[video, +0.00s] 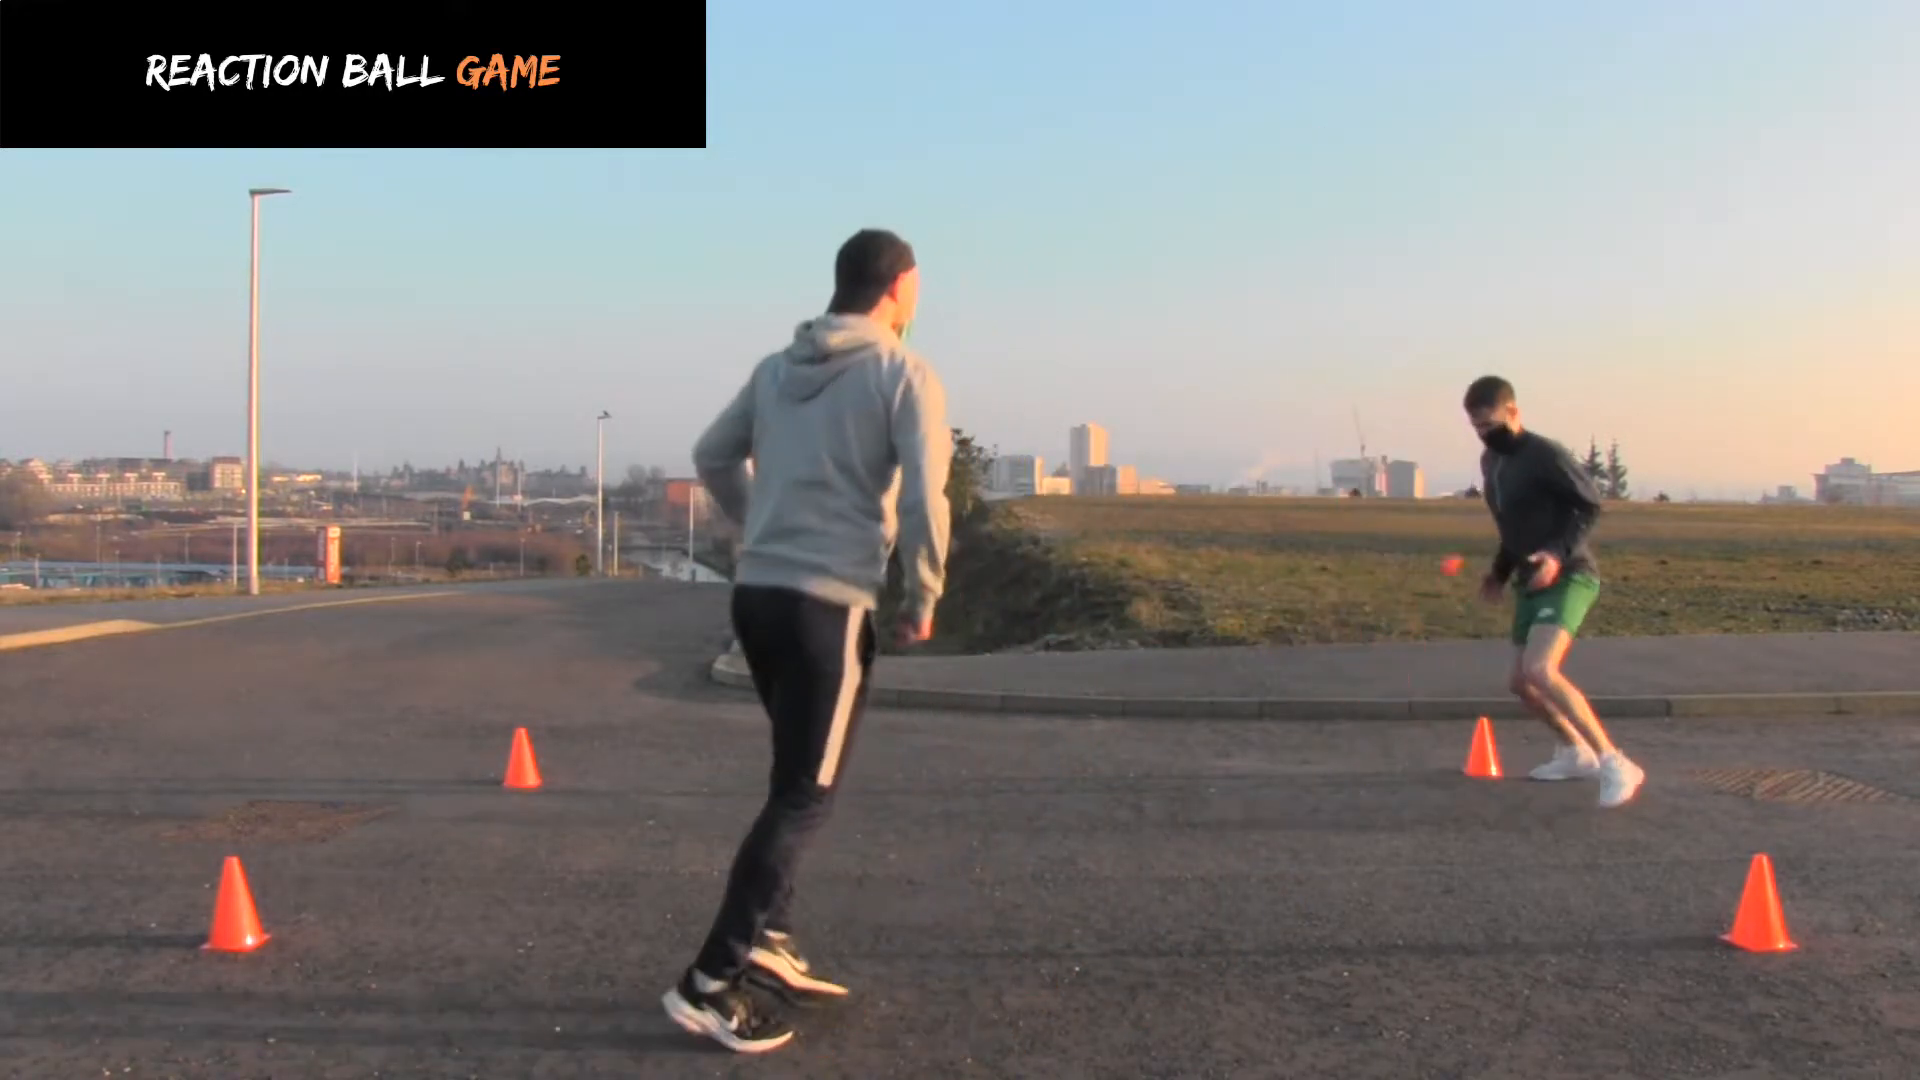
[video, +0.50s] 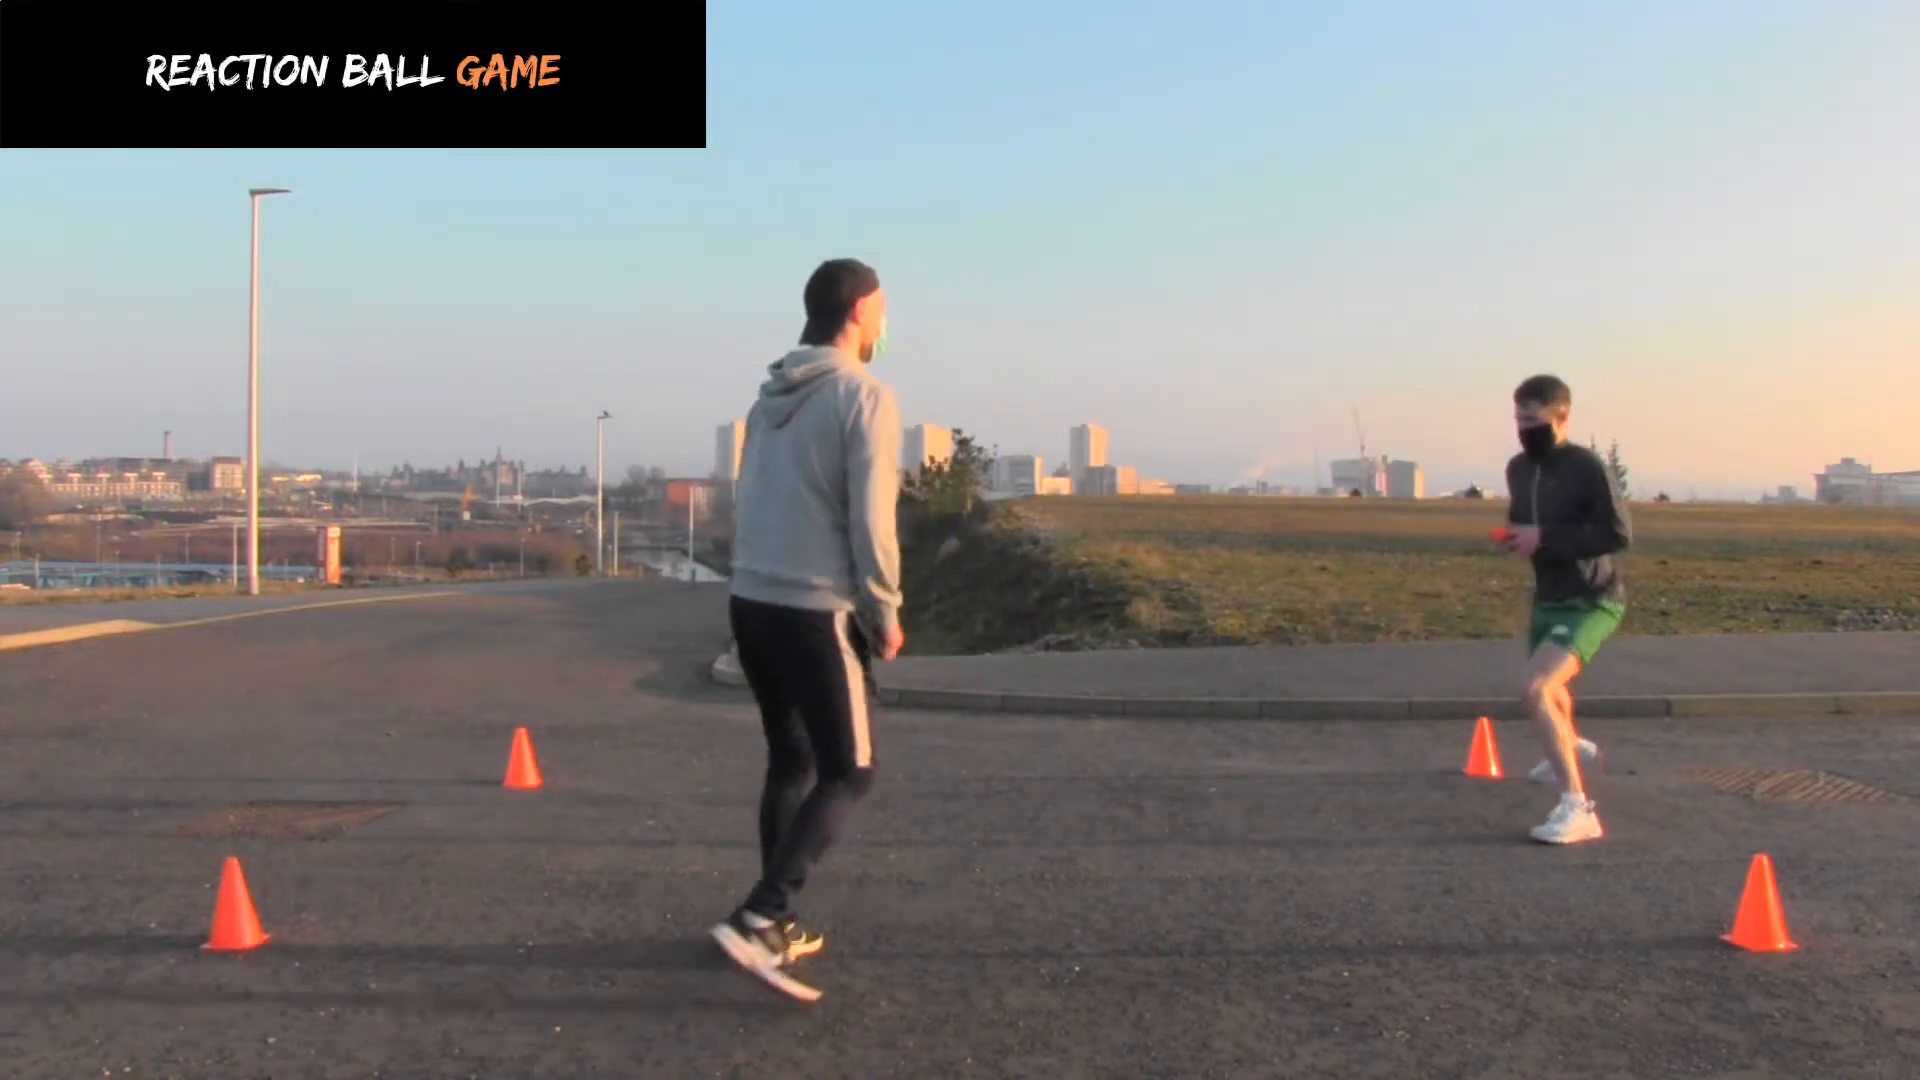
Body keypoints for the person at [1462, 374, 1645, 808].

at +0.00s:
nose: (1483, 432)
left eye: (1490, 421)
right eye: (1477, 424)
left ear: (1514, 411)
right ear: (1472, 420)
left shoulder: (1543, 452)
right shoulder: (1492, 463)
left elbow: (1590, 504)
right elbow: (1515, 527)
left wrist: (1560, 555)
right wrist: (1500, 571)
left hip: (1570, 575)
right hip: (1531, 580)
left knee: (1540, 670)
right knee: (1522, 682)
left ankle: (1614, 761)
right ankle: (1579, 751)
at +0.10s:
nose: (1493, 445)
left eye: (1501, 436)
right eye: (1488, 436)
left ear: (1526, 429)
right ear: (1482, 433)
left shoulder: (1556, 473)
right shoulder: (1495, 478)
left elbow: (1599, 526)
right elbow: (1513, 534)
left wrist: (1563, 567)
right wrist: (1503, 572)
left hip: (1578, 589)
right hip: (1536, 593)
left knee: (1540, 676)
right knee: (1515, 693)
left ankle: (1595, 774)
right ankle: (1570, 750)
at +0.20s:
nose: (1512, 465)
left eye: (1519, 456)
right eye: (1506, 457)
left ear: (1546, 450)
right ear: (1502, 456)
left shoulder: (1574, 492)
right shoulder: (1506, 499)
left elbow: (1618, 552)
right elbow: (1504, 565)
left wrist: (1563, 551)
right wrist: (1518, 559)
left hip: (1581, 614)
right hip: (1538, 617)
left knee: (1538, 689)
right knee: (1509, 713)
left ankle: (1574, 806)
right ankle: (1577, 753)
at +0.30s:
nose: (1525, 471)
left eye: (1534, 463)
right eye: (1519, 462)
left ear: (1559, 455)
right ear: (1513, 457)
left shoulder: (1585, 498)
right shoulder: (1511, 501)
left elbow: (1620, 563)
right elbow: (1498, 566)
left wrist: (1562, 543)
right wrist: (1515, 540)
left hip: (1585, 619)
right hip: (1540, 622)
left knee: (1534, 688)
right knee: (1514, 717)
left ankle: (1574, 804)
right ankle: (1578, 754)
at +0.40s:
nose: (1528, 452)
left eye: (1538, 443)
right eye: (1523, 442)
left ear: (1564, 438)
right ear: (1517, 438)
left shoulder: (1588, 485)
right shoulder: (1516, 486)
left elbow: (1621, 550)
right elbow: (1501, 550)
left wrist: (1553, 540)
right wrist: (1512, 536)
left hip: (1592, 612)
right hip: (1545, 613)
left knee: (1537, 687)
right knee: (1538, 695)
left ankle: (1576, 805)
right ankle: (1577, 749)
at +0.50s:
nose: (1526, 431)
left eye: (1536, 422)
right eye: (1521, 421)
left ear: (1563, 417)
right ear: (1516, 418)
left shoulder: (1588, 466)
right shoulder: (1519, 470)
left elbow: (1617, 533)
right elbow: (1525, 524)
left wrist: (1545, 537)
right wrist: (1512, 535)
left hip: (1595, 598)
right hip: (1549, 598)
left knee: (1538, 687)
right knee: (1550, 694)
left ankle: (1577, 804)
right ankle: (1568, 751)